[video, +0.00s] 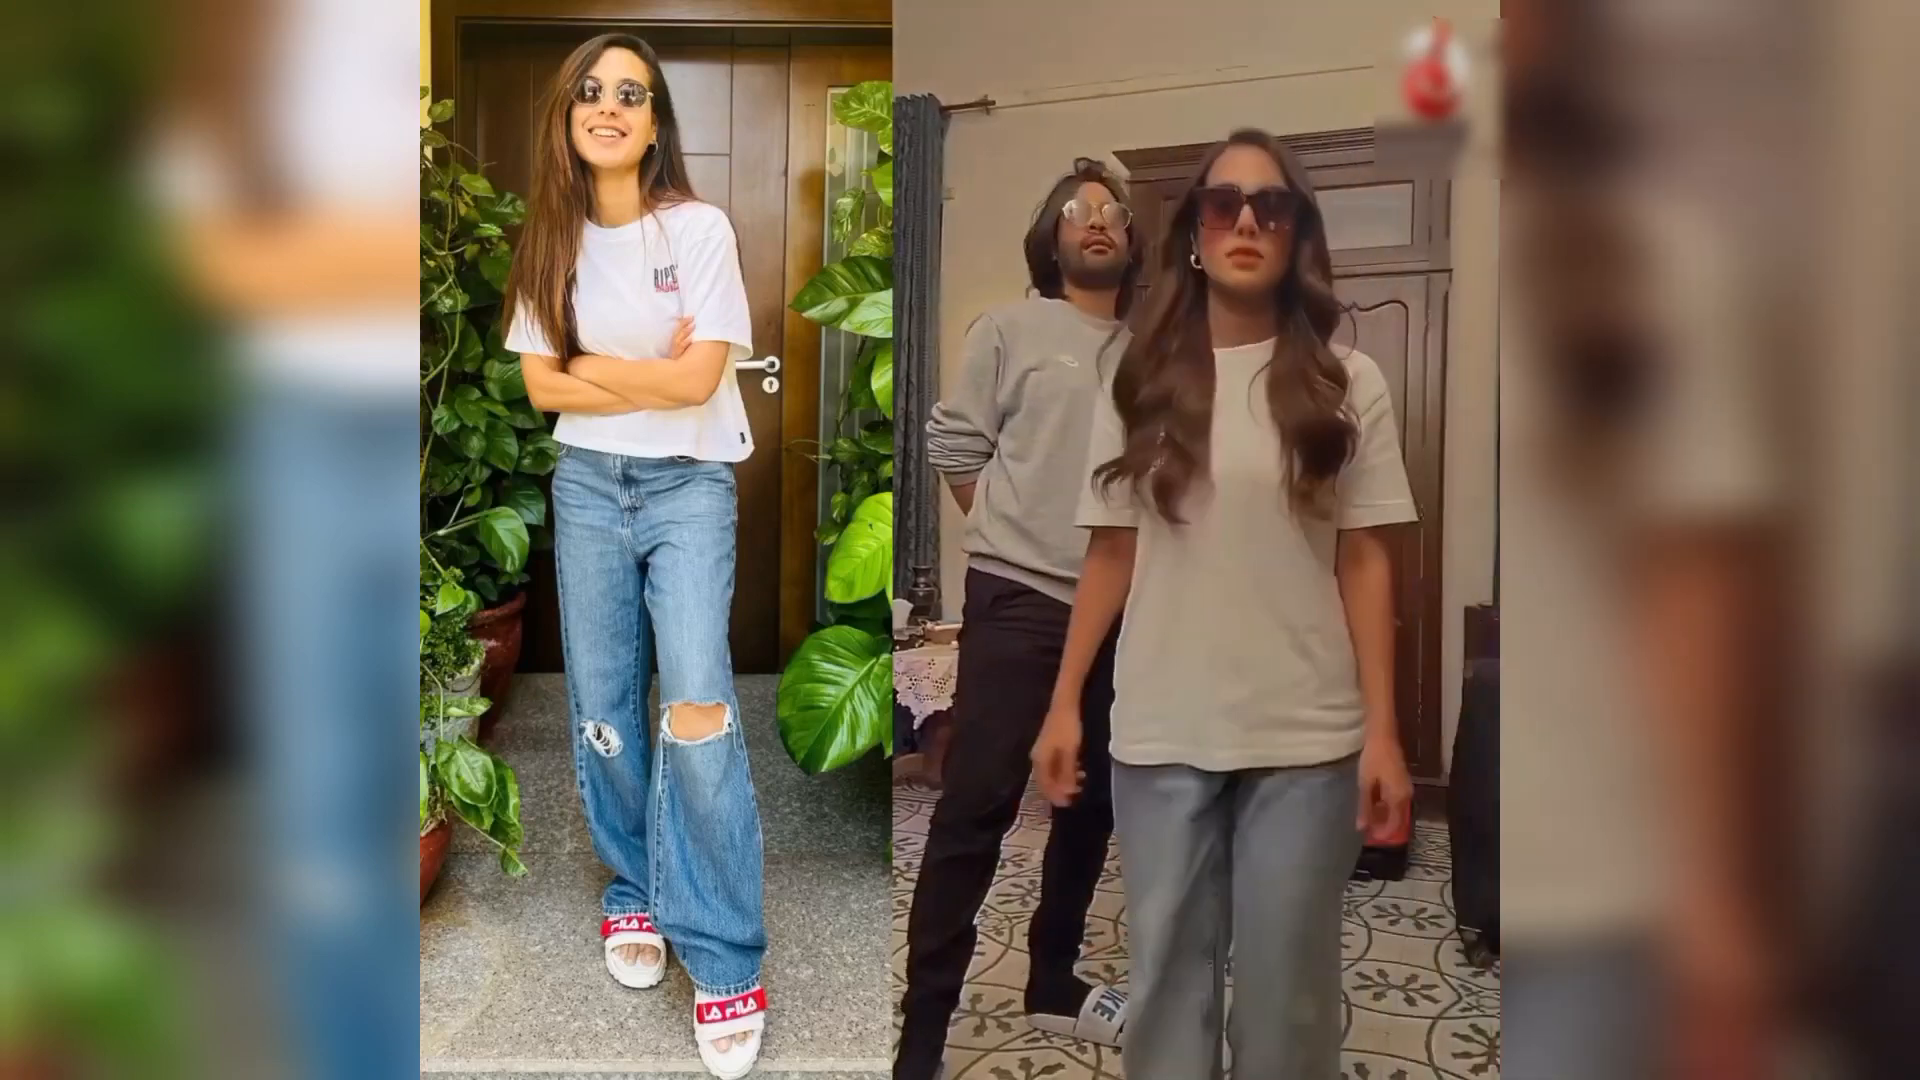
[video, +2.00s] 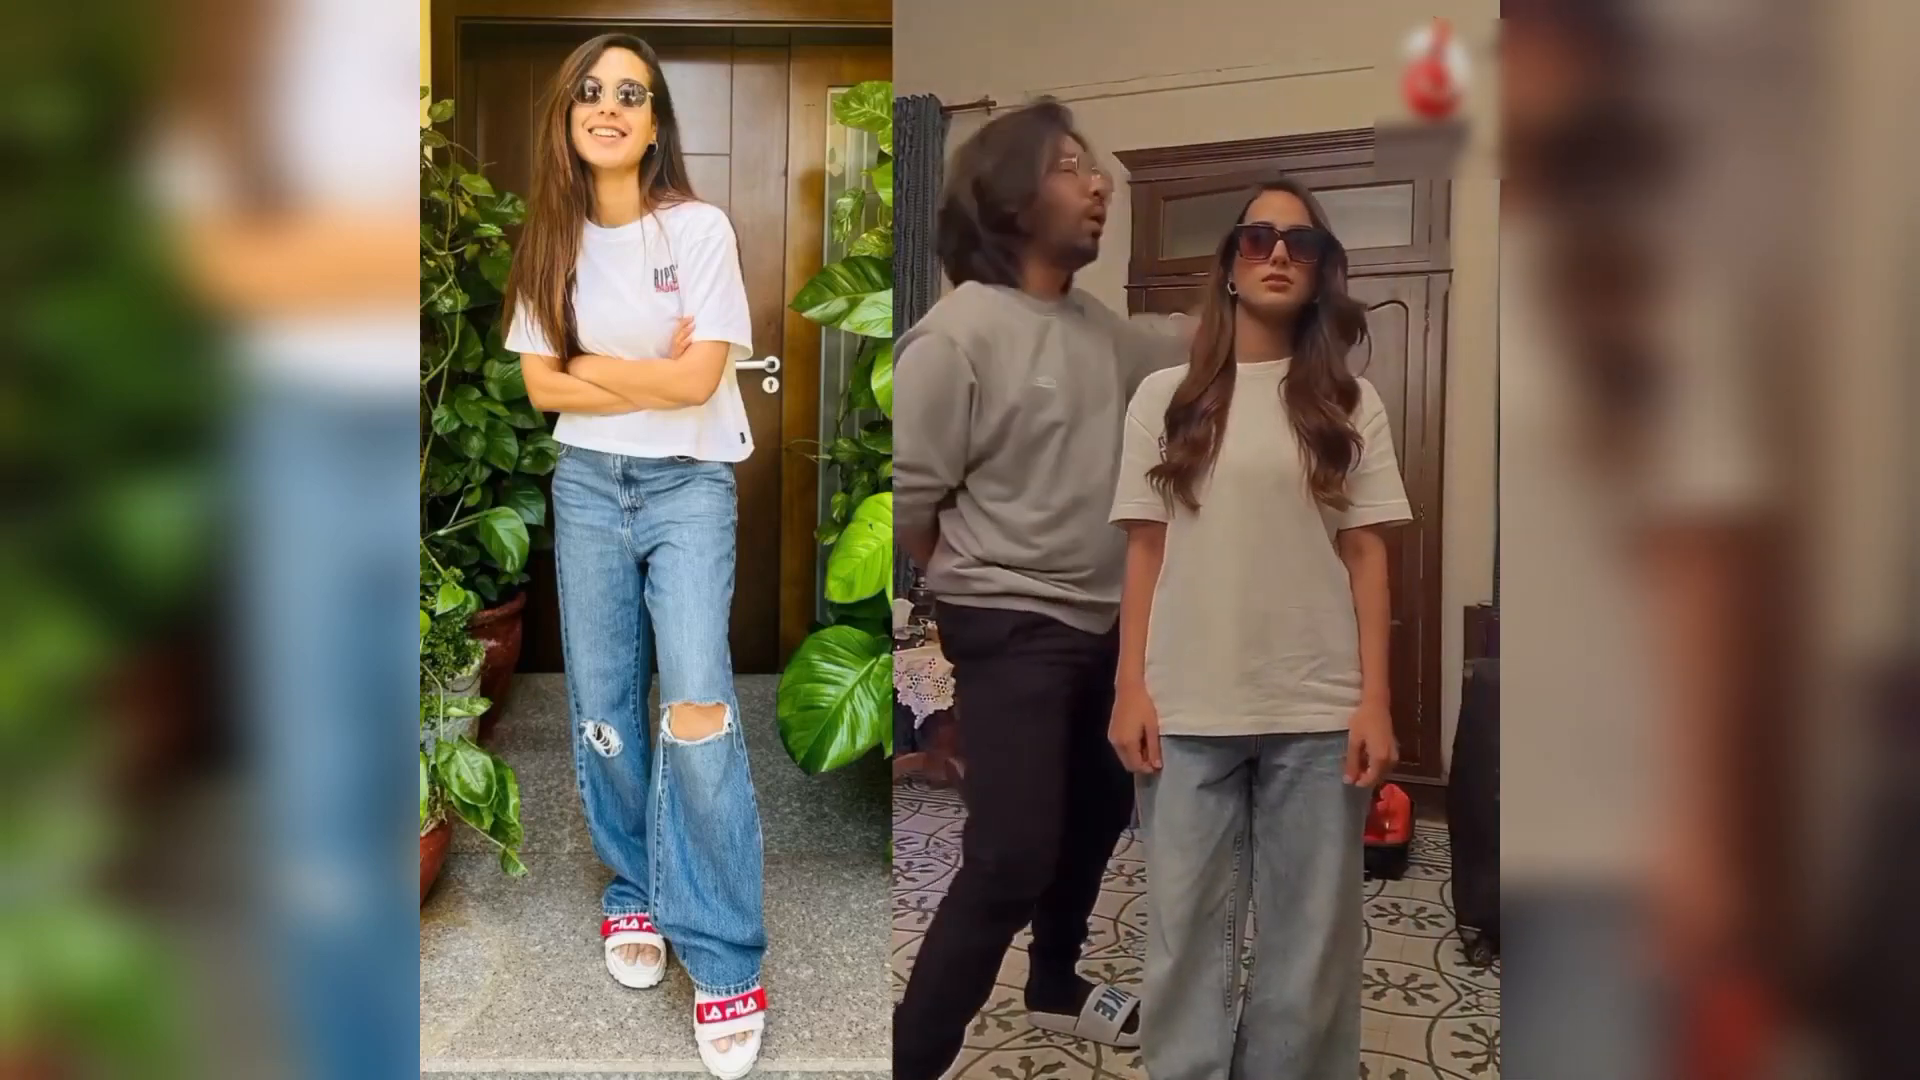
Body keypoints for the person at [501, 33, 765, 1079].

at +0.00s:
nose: (610, 111)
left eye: (630, 97)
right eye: (593, 95)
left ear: (656, 121)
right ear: (566, 117)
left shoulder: (700, 226)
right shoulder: (549, 240)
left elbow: (699, 378)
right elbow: (540, 385)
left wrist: (576, 362)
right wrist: (662, 379)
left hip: (689, 482)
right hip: (585, 484)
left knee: (695, 709)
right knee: (603, 708)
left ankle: (724, 958)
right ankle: (631, 891)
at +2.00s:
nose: (610, 111)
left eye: (630, 97)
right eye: (593, 95)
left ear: (657, 121)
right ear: (566, 117)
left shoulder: (700, 226)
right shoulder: (549, 240)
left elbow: (699, 379)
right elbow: (541, 386)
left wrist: (575, 362)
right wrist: (662, 379)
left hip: (689, 482)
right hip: (585, 484)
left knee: (695, 709)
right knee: (603, 709)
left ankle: (724, 957)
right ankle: (631, 890)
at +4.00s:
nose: (609, 111)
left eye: (629, 98)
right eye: (593, 95)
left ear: (656, 122)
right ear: (566, 117)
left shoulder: (699, 226)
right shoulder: (549, 240)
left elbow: (698, 378)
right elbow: (541, 385)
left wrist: (576, 362)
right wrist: (662, 379)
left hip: (689, 482)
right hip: (584, 484)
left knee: (694, 710)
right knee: (603, 708)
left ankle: (724, 958)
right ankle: (631, 892)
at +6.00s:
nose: (610, 111)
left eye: (629, 97)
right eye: (593, 95)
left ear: (656, 122)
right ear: (566, 117)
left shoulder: (699, 225)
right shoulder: (550, 239)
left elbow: (698, 378)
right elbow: (540, 385)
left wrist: (576, 362)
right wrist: (662, 378)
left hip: (689, 482)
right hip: (584, 484)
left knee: (695, 709)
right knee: (602, 708)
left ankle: (724, 955)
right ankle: (631, 890)